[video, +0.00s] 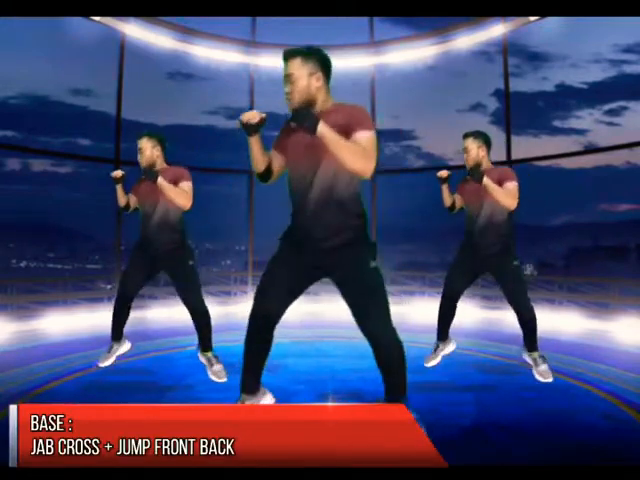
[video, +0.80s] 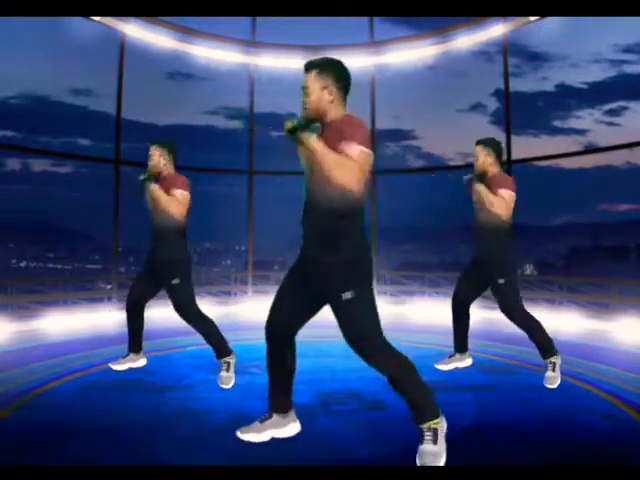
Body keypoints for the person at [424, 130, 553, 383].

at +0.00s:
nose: (465, 154)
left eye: (469, 149)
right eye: (464, 150)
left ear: (484, 151)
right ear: (466, 154)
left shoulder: (504, 174)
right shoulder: (466, 184)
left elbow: (511, 203)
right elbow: (451, 206)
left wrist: (484, 179)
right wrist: (444, 184)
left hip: (501, 251)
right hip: (472, 251)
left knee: (521, 304)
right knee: (450, 293)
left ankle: (532, 352)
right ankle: (443, 341)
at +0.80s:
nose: (476, 160)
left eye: (479, 156)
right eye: (475, 156)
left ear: (492, 157)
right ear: (484, 158)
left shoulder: (504, 181)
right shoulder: (483, 183)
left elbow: (504, 212)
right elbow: (486, 213)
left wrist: (479, 188)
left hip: (500, 258)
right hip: (484, 256)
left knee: (513, 310)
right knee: (460, 300)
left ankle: (552, 357)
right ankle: (461, 354)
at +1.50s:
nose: (490, 168)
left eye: (493, 162)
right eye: (487, 164)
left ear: (508, 160)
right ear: (488, 165)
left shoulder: (530, 182)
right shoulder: (495, 191)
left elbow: (540, 212)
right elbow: (478, 216)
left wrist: (513, 185)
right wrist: (469, 195)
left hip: (526, 262)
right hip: (498, 261)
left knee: (534, 317)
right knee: (473, 305)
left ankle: (548, 364)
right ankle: (462, 354)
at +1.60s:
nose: (488, 170)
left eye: (492, 164)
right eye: (486, 165)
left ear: (506, 162)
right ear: (485, 166)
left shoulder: (527, 184)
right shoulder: (492, 191)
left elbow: (536, 215)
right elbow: (475, 218)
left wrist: (510, 188)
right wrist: (466, 197)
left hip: (525, 264)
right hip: (497, 261)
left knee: (533, 316)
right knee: (468, 303)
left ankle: (547, 364)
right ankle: (460, 353)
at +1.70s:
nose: (479, 160)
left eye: (483, 154)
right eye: (478, 155)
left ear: (499, 154)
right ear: (483, 158)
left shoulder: (521, 177)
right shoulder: (483, 187)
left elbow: (528, 207)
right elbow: (470, 212)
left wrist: (502, 178)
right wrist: (462, 191)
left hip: (518, 259)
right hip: (490, 257)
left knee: (531, 313)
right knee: (460, 295)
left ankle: (547, 364)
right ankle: (452, 345)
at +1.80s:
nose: (470, 154)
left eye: (474, 149)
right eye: (469, 149)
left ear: (489, 150)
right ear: (474, 152)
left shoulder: (512, 174)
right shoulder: (474, 183)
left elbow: (518, 201)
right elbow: (460, 207)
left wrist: (492, 172)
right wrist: (454, 185)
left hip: (510, 252)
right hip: (479, 251)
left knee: (527, 307)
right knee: (453, 298)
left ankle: (540, 357)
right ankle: (444, 342)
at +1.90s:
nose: (463, 162)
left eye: (467, 157)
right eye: (462, 157)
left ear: (482, 158)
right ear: (467, 160)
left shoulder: (504, 183)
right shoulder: (466, 191)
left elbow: (511, 213)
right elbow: (447, 213)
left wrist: (485, 187)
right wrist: (442, 192)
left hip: (500, 260)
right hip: (469, 260)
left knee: (524, 309)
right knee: (449, 304)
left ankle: (522, 357)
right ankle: (443, 347)